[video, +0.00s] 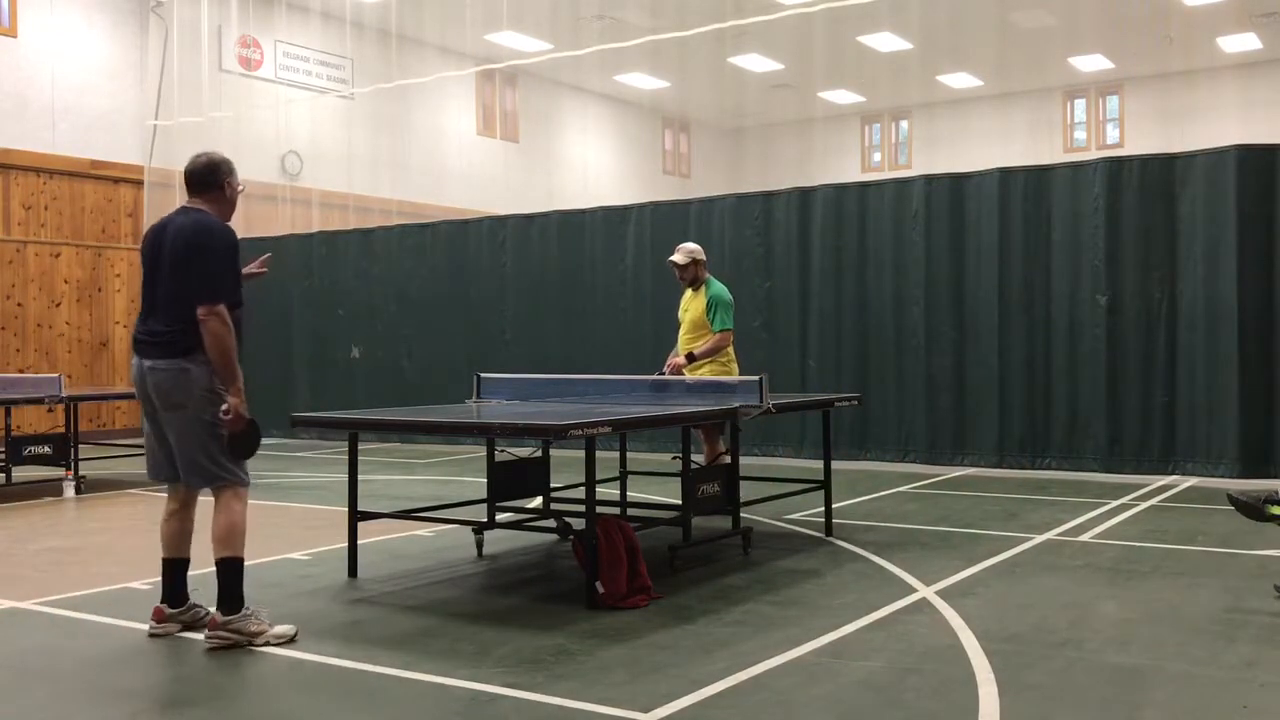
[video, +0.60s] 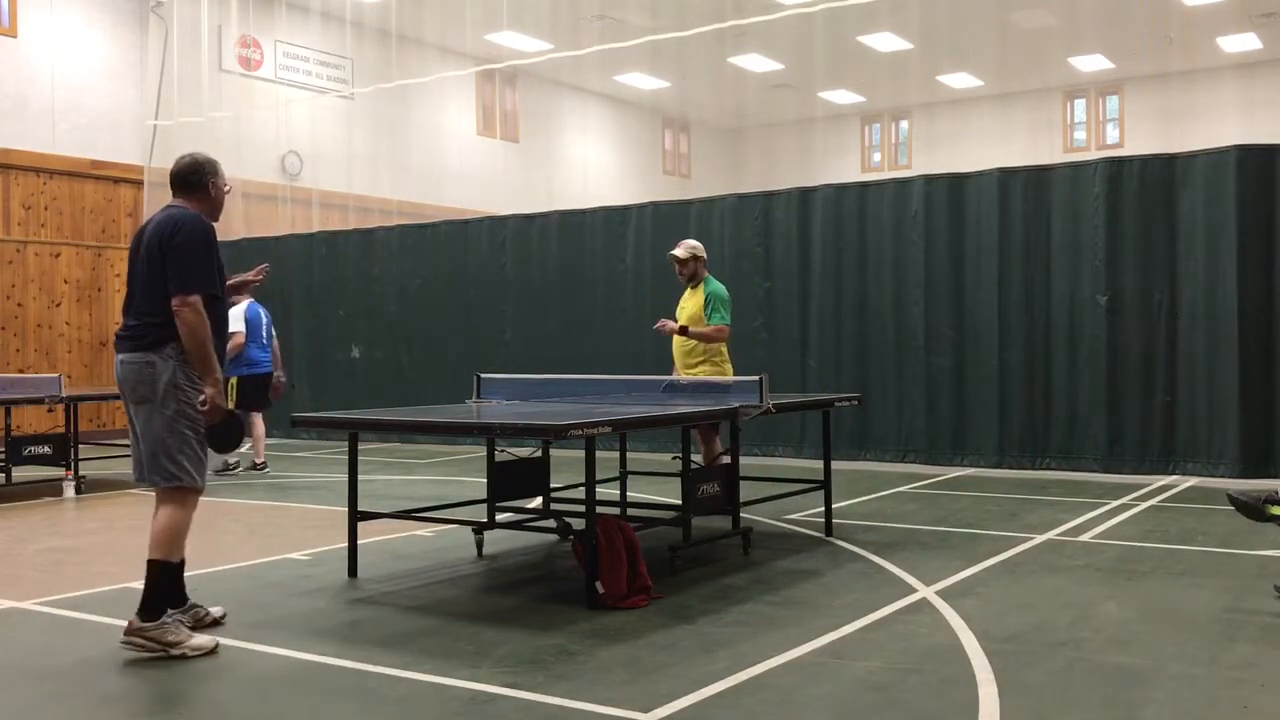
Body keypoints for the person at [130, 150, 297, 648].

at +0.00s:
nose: (238, 196)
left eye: (237, 188)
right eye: (237, 189)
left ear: (190, 187)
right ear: (226, 189)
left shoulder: (158, 232)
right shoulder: (217, 234)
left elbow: (175, 287)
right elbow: (211, 315)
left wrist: (235, 276)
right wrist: (235, 387)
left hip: (149, 369)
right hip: (189, 371)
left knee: (181, 488)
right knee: (232, 487)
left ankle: (174, 604)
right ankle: (232, 614)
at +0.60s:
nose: (227, 191)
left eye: (224, 184)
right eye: (223, 184)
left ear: (177, 186)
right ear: (210, 186)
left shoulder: (156, 225)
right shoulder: (192, 226)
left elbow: (172, 293)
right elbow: (186, 306)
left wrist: (229, 286)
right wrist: (213, 378)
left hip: (141, 363)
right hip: (165, 364)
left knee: (178, 487)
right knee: (180, 489)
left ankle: (174, 603)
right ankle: (151, 619)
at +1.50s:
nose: (217, 181)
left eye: (215, 173)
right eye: (214, 174)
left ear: (163, 174)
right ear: (199, 179)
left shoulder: (122, 216)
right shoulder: (176, 232)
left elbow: (140, 285)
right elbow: (169, 324)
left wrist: (202, 271)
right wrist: (188, 407)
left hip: (104, 369)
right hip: (144, 373)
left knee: (137, 494)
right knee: (156, 500)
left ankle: (118, 611)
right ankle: (147, 628)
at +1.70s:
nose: (200, 179)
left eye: (199, 170)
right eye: (197, 171)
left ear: (146, 172)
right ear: (178, 176)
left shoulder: (110, 217)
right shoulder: (160, 230)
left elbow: (135, 280)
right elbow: (156, 325)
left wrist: (199, 270)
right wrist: (187, 407)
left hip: (96, 369)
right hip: (137, 373)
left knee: (118, 497)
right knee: (156, 500)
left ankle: (49, 602)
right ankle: (146, 628)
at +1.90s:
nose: (175, 176)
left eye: (173, 168)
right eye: (171, 169)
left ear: (123, 174)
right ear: (153, 175)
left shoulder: (89, 221)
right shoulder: (135, 229)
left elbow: (118, 285)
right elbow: (139, 323)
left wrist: (184, 270)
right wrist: (180, 401)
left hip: (83, 373)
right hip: (126, 374)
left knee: (89, 503)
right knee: (155, 500)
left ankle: (25, 621)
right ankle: (145, 628)